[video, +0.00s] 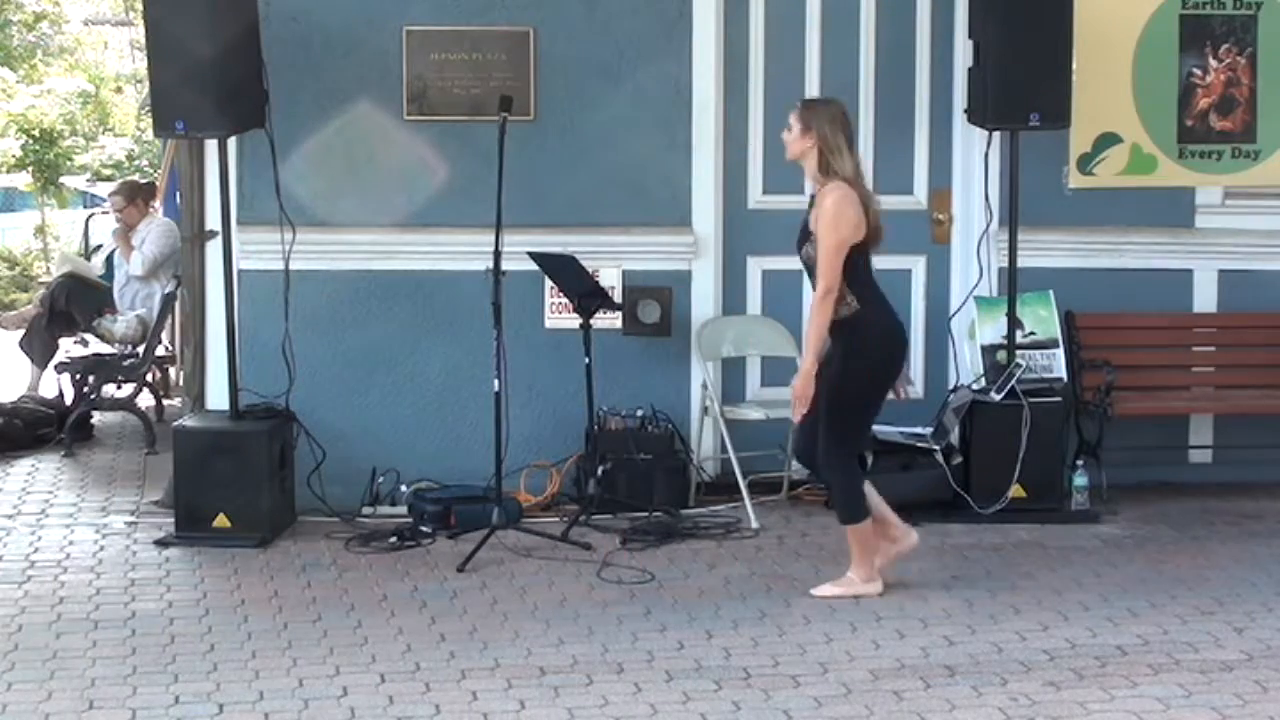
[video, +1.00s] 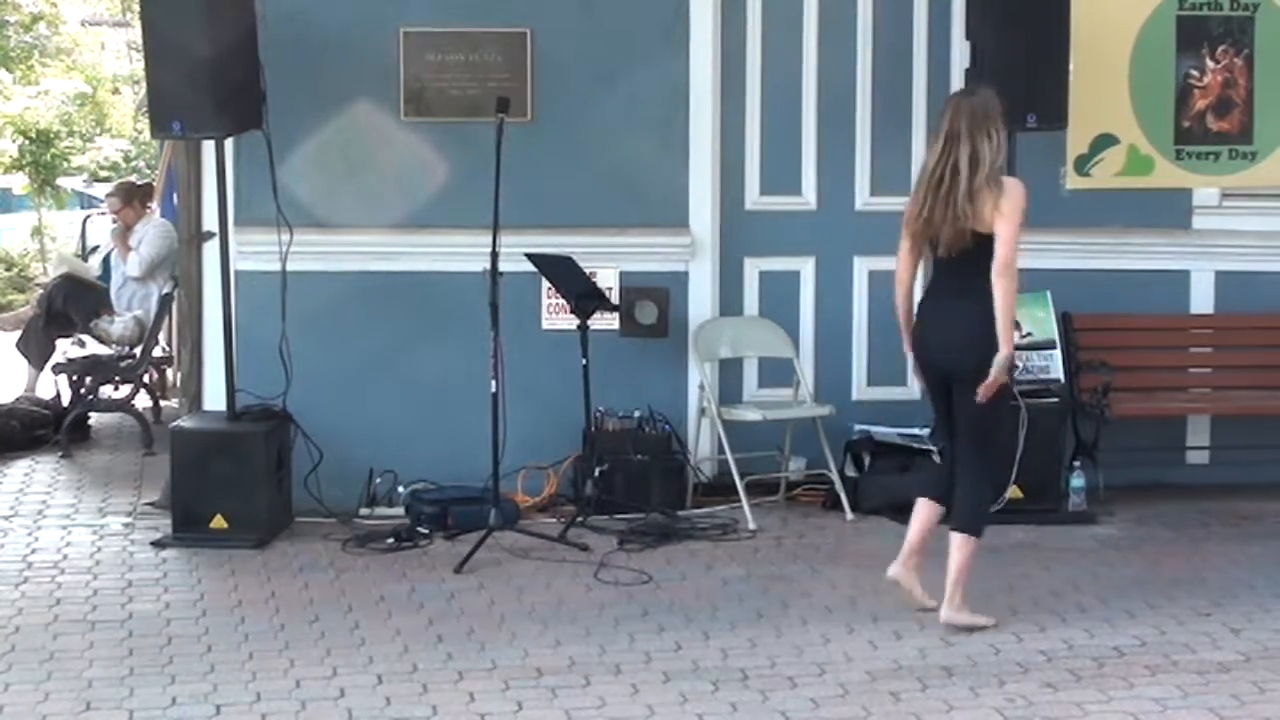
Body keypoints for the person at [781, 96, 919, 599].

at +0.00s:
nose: (785, 138)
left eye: (792, 130)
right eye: (787, 130)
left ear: (814, 137)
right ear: (818, 138)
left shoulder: (837, 199)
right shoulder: (825, 195)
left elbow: (827, 292)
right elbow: (845, 287)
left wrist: (807, 368)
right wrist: (889, 358)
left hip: (868, 338)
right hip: (853, 335)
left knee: (834, 448)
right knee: (807, 443)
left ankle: (863, 572)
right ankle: (892, 530)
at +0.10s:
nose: (820, 153)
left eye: (823, 147)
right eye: (823, 146)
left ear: (832, 152)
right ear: (872, 152)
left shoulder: (839, 211)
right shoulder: (880, 207)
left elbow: (830, 303)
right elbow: (891, 292)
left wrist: (811, 378)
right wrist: (902, 368)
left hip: (869, 348)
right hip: (895, 341)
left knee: (827, 453)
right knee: (847, 451)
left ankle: (863, 571)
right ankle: (938, 521)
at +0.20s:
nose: (839, 155)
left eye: (841, 148)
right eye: (844, 147)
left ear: (847, 149)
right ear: (891, 146)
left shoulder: (850, 208)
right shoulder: (910, 199)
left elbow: (847, 299)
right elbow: (912, 280)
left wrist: (841, 377)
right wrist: (901, 334)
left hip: (875, 348)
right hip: (920, 345)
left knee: (834, 454)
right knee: (910, 452)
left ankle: (863, 571)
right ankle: (975, 548)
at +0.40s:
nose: (873, 142)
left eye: (877, 133)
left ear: (882, 139)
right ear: (931, 141)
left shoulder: (877, 194)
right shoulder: (948, 196)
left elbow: (882, 281)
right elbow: (963, 272)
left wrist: (881, 362)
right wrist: (944, 318)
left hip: (913, 334)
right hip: (962, 329)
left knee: (886, 447)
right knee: (982, 452)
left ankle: (918, 574)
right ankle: (1001, 590)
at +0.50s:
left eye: (890, 131)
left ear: (893, 135)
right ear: (944, 135)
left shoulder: (884, 193)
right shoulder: (965, 194)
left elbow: (879, 281)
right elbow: (993, 275)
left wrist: (868, 360)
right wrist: (1018, 346)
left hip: (914, 339)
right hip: (970, 334)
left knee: (919, 461)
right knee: (971, 458)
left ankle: (932, 599)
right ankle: (995, 585)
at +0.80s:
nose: (980, 138)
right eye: (978, 128)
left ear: (924, 135)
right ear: (977, 136)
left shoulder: (903, 194)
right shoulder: (999, 191)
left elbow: (889, 279)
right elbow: (1020, 266)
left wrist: (872, 346)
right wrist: (1046, 337)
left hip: (921, 337)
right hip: (984, 336)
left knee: (924, 455)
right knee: (991, 453)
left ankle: (936, 591)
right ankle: (966, 577)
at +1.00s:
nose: (1006, 136)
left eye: (1002, 127)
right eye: (1003, 128)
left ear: (948, 133)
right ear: (994, 134)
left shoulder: (929, 189)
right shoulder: (1007, 191)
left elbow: (905, 274)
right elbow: (1002, 268)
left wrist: (910, 339)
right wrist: (1006, 347)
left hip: (930, 329)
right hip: (976, 330)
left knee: (949, 449)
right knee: (981, 456)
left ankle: (906, 560)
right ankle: (954, 601)